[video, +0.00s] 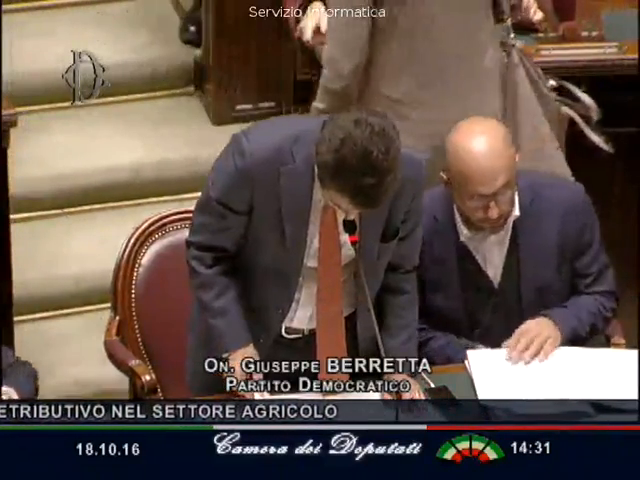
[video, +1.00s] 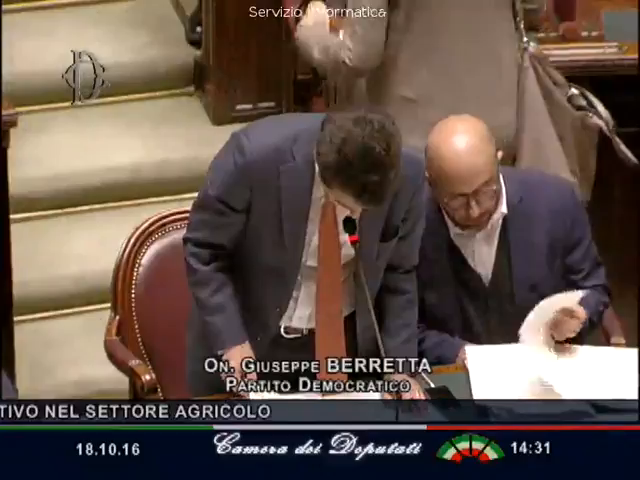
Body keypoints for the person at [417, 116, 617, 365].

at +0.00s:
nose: (494, 211)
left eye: (504, 192)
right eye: (478, 199)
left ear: (516, 160)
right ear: (447, 181)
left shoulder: (567, 204)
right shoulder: (421, 220)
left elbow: (600, 295)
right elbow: (408, 326)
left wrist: (557, 323)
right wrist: (475, 358)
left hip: (560, 369)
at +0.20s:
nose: (486, 214)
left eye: (496, 195)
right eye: (470, 203)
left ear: (510, 163)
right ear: (440, 183)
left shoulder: (561, 203)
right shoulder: (417, 223)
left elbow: (597, 293)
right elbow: (409, 330)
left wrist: (554, 322)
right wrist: (472, 359)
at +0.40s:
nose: (483, 214)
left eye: (492, 195)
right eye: (466, 202)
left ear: (505, 162)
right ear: (436, 183)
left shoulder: (558, 202)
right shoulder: (415, 224)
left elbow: (596, 292)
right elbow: (407, 327)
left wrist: (553, 318)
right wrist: (468, 358)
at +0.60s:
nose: (480, 211)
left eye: (489, 192)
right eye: (464, 199)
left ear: (503, 160)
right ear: (434, 181)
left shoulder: (558, 201)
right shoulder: (414, 222)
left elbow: (595, 292)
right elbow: (404, 326)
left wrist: (554, 319)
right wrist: (463, 354)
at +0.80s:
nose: (478, 209)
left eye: (487, 189)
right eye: (461, 197)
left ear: (502, 159)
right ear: (432, 181)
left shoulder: (556, 200)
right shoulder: (412, 221)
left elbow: (594, 292)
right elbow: (403, 325)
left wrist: (559, 320)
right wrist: (461, 353)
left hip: (553, 369)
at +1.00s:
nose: (474, 209)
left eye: (484, 190)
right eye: (457, 198)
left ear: (498, 162)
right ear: (430, 181)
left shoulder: (554, 200)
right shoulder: (410, 221)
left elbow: (593, 286)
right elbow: (403, 327)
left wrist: (575, 318)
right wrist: (460, 354)